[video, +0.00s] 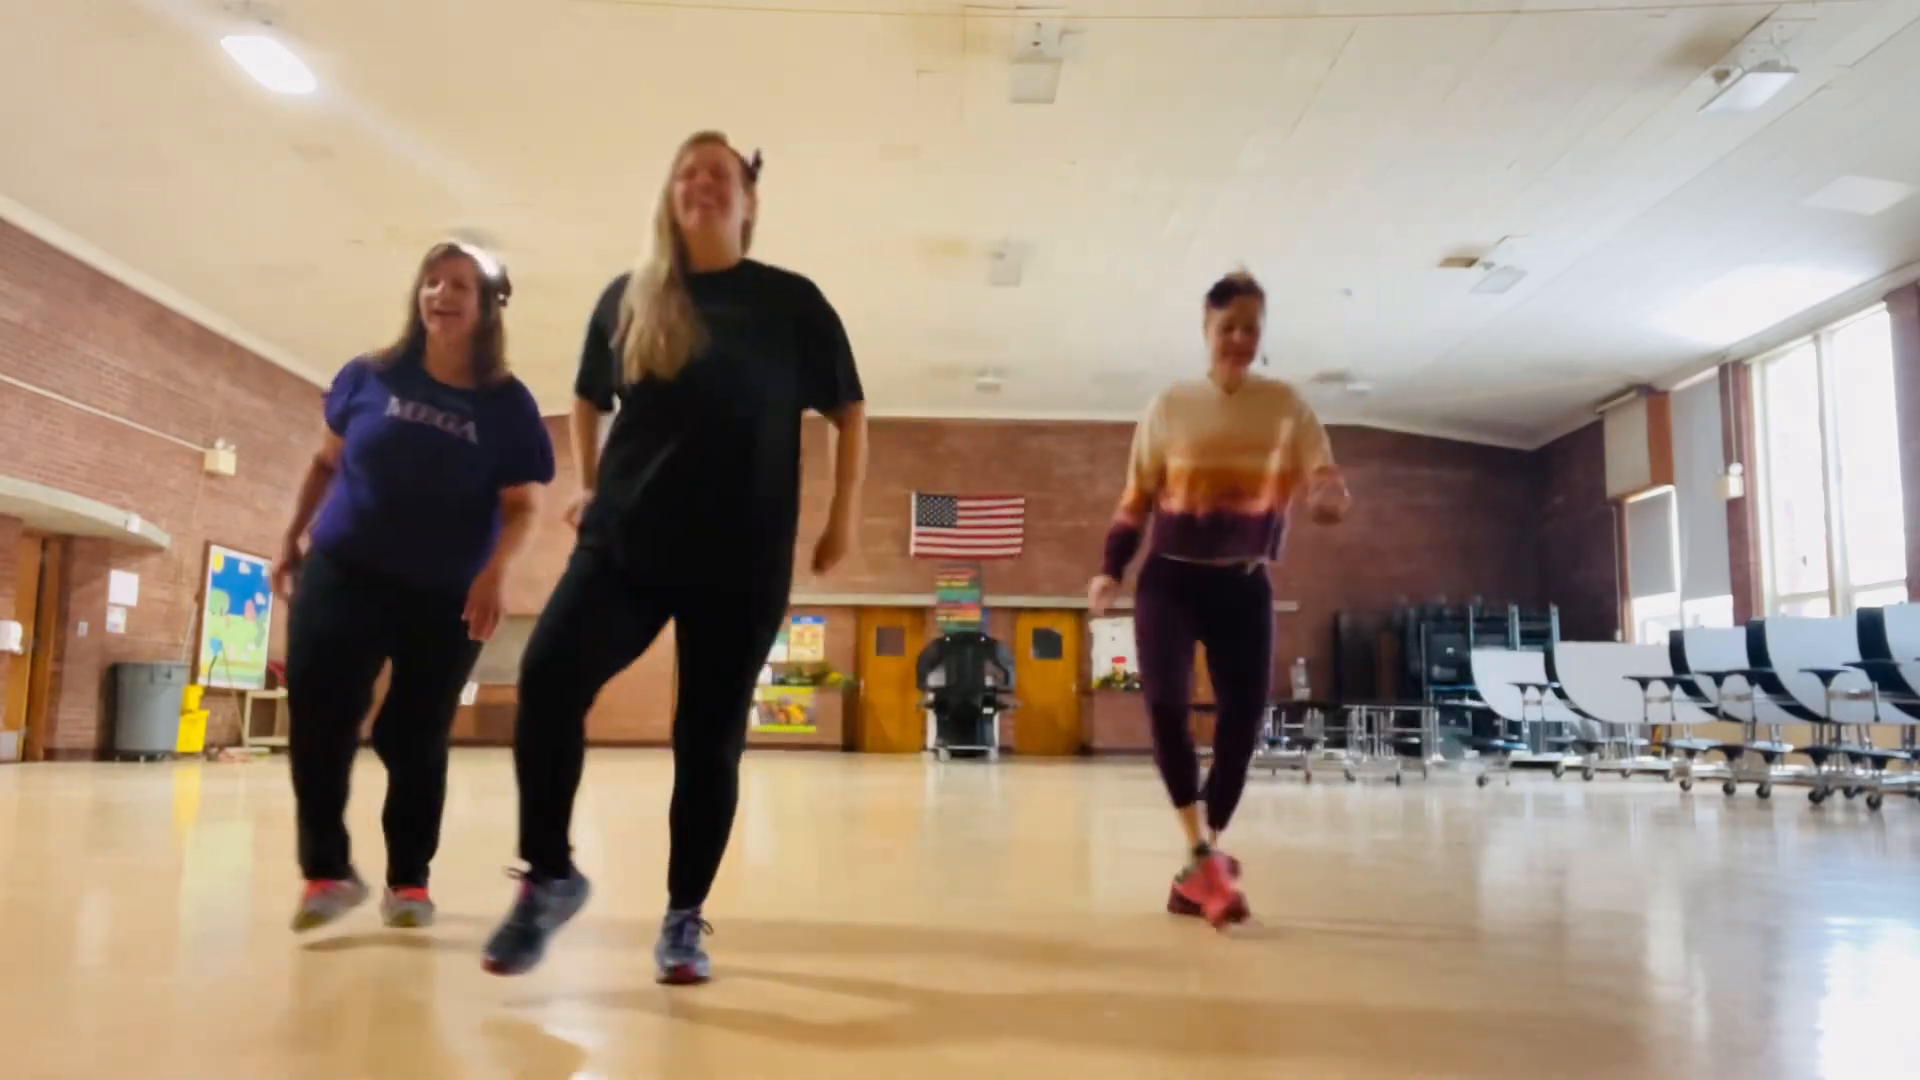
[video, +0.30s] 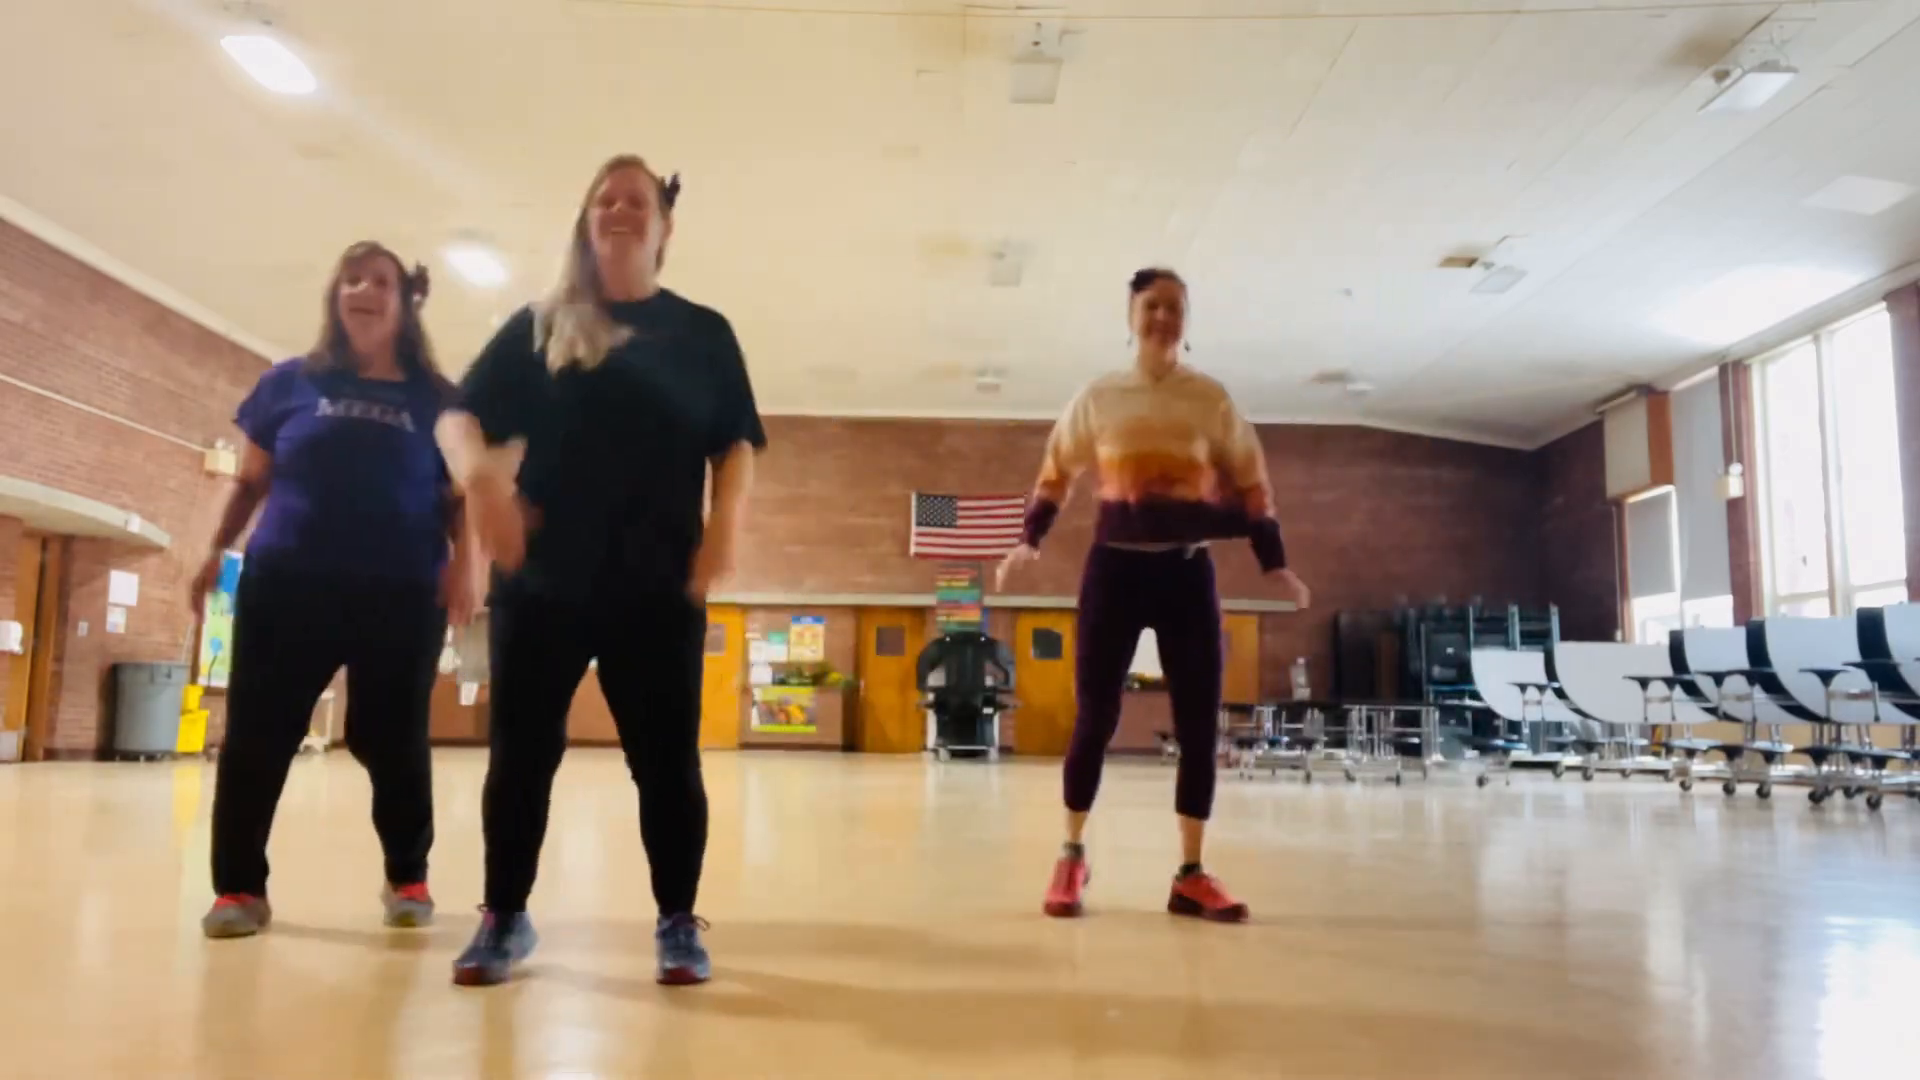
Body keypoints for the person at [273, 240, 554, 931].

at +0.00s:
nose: (441, 293)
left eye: (459, 286)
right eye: (433, 281)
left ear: (489, 306)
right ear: (417, 295)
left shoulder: (507, 403)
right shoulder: (368, 375)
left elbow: (521, 505)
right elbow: (326, 462)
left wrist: (493, 574)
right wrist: (293, 540)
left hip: (443, 594)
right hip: (345, 574)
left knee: (414, 737)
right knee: (316, 718)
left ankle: (408, 880)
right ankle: (328, 875)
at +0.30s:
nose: (364, 290)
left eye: (379, 282)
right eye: (352, 280)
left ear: (405, 303)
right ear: (332, 297)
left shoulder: (436, 397)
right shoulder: (287, 382)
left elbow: (458, 492)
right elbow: (249, 482)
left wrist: (465, 565)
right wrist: (214, 555)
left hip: (396, 594)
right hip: (288, 586)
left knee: (395, 740)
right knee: (256, 738)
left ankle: (408, 878)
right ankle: (240, 891)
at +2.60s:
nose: (738, 317)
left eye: (753, 309)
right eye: (728, 307)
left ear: (777, 328)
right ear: (711, 325)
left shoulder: (798, 408)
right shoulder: (677, 393)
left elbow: (797, 486)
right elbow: (655, 478)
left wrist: (749, 402)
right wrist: (723, 414)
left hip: (759, 596)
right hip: (669, 591)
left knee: (755, 739)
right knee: (671, 738)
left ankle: (773, 884)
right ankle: (701, 875)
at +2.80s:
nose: (713, 301)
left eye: (727, 291)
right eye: (702, 293)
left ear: (751, 307)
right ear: (688, 312)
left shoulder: (783, 396)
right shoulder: (660, 390)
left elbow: (820, 486)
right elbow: (603, 484)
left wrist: (773, 449)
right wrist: (634, 421)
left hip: (746, 587)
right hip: (652, 573)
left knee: (741, 733)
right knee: (598, 693)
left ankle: (772, 884)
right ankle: (627, 854)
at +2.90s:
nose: (686, 301)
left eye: (699, 290)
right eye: (674, 293)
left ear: (725, 306)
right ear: (661, 315)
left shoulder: (764, 396)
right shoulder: (638, 397)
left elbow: (804, 488)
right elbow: (597, 499)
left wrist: (775, 477)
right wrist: (580, 450)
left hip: (731, 588)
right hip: (634, 578)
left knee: (735, 731)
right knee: (572, 708)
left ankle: (772, 884)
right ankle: (539, 872)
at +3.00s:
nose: (647, 307)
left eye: (660, 296)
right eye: (635, 299)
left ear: (689, 311)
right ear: (622, 320)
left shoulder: (730, 403)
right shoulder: (598, 406)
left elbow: (777, 494)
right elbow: (565, 505)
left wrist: (748, 498)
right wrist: (529, 467)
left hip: (707, 593)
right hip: (607, 588)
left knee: (722, 740)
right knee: (546, 728)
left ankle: (772, 883)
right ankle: (494, 887)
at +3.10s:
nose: (604, 306)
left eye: (618, 294)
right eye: (591, 297)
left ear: (645, 309)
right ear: (577, 316)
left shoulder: (687, 402)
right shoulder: (552, 405)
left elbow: (734, 492)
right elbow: (517, 504)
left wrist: (714, 510)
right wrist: (478, 469)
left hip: (672, 593)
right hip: (569, 590)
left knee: (700, 741)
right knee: (519, 736)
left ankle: (766, 881)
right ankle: (489, 896)